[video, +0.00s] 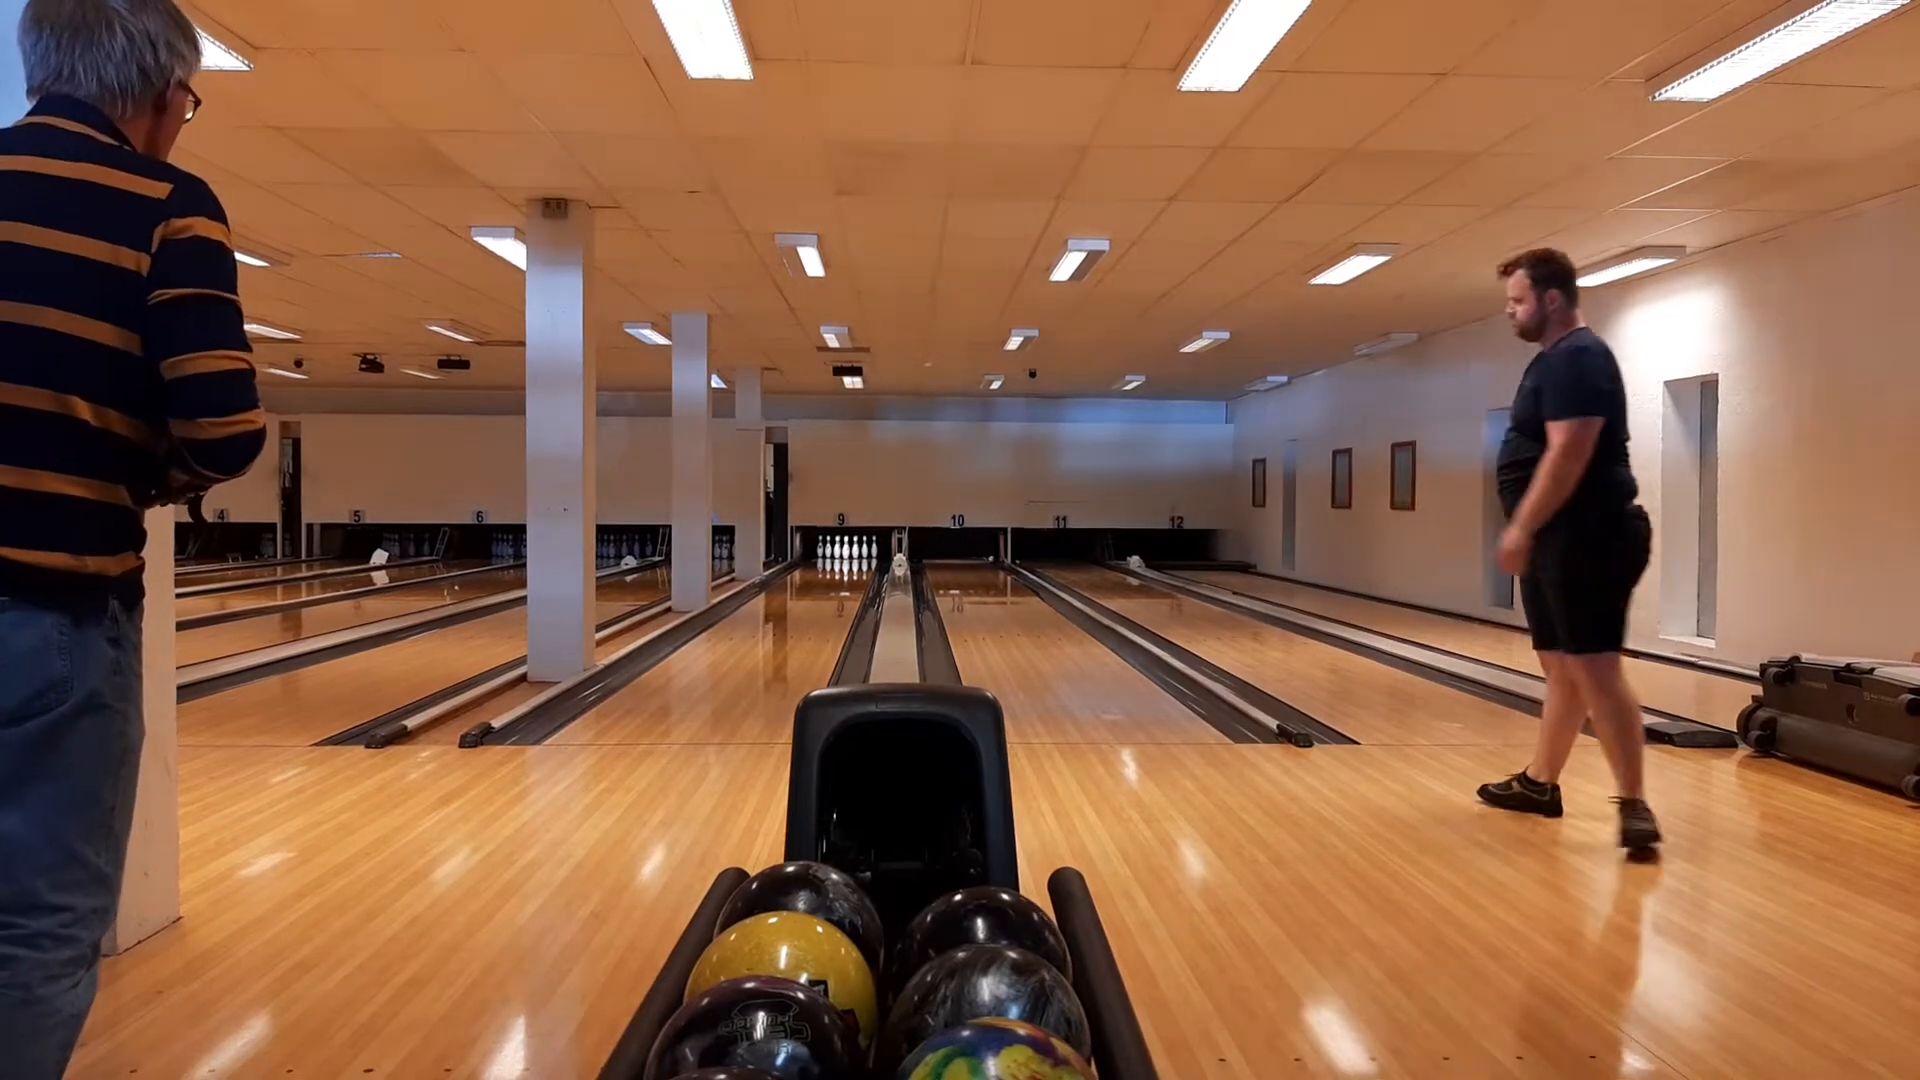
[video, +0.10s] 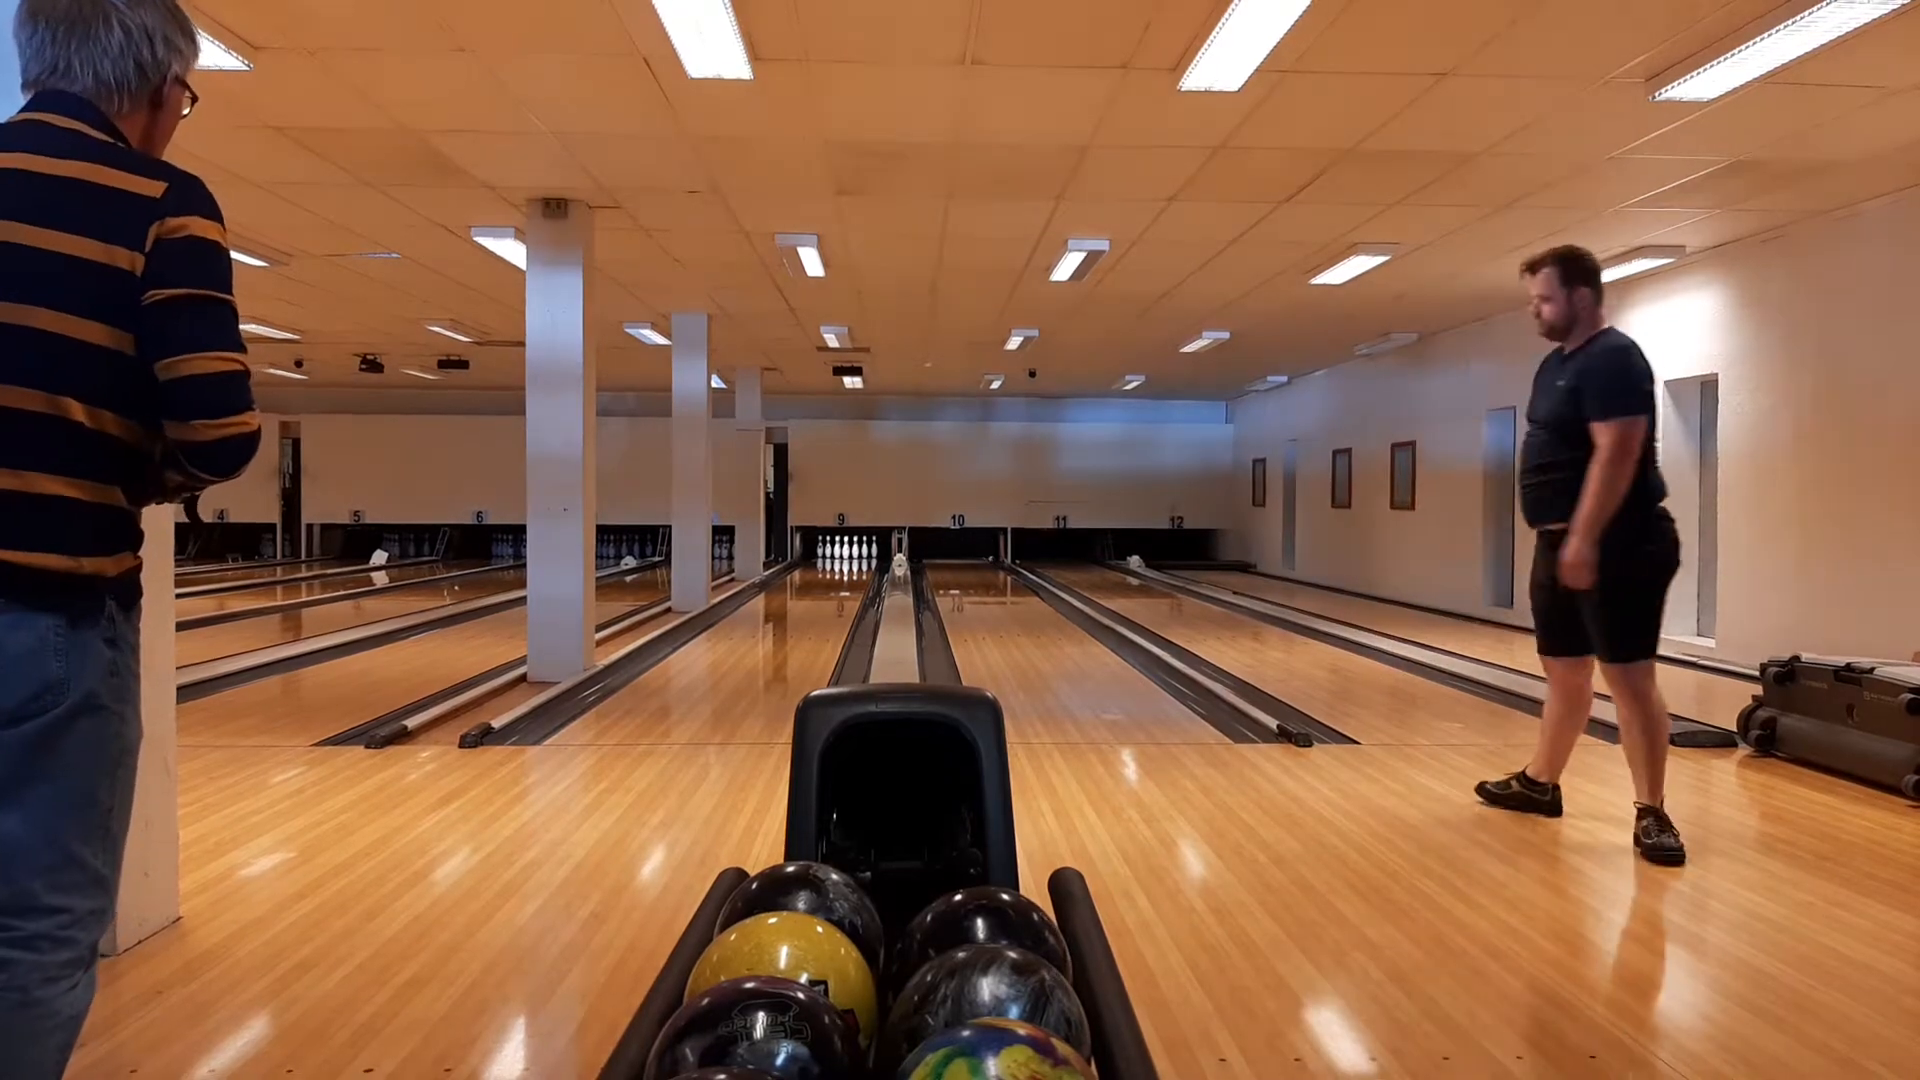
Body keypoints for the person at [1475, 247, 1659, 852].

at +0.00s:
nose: (1509, 312)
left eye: (1515, 301)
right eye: (1508, 302)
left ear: (1551, 299)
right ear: (1548, 301)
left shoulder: (1576, 356)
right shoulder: (1557, 359)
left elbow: (1570, 448)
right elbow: (1565, 449)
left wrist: (1521, 526)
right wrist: (1527, 527)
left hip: (1588, 531)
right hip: (1555, 532)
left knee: (1597, 669)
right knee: (1559, 664)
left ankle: (1634, 806)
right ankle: (1541, 783)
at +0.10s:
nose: (1535, 310)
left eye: (1544, 299)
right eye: (1533, 300)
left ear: (1582, 296)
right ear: (1563, 301)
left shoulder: (1613, 357)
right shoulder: (1554, 364)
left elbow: (1619, 452)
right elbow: (1555, 453)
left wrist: (1583, 537)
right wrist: (1549, 533)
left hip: (1621, 538)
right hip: (1561, 538)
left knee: (1632, 681)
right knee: (1565, 674)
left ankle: (1651, 812)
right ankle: (1541, 782)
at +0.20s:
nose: (1563, 303)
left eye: (1574, 292)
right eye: (1561, 293)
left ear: (1615, 292)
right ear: (1568, 295)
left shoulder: (1651, 355)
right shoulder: (1563, 363)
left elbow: (1670, 450)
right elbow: (1566, 453)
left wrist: (1646, 536)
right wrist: (1561, 534)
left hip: (1644, 541)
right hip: (1573, 541)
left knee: (1648, 679)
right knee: (1558, 666)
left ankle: (1653, 813)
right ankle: (1541, 783)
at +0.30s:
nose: (1593, 293)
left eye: (1606, 283)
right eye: (1590, 283)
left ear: (1645, 283)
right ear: (1592, 285)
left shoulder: (1686, 352)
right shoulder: (1576, 357)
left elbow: (1720, 440)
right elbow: (1563, 446)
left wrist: (1706, 523)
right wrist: (1559, 525)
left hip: (1664, 541)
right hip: (1583, 538)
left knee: (1659, 677)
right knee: (1554, 659)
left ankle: (1654, 812)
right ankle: (1544, 783)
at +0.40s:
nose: (1622, 288)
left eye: (1636, 277)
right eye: (1616, 277)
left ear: (1673, 279)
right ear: (1611, 280)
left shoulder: (1715, 349)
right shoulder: (1588, 350)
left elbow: (1769, 430)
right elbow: (1560, 440)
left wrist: (1744, 512)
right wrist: (1544, 516)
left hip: (1684, 544)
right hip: (1594, 538)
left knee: (1665, 678)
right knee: (1565, 664)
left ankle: (1655, 813)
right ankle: (1556, 793)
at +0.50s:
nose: (1646, 284)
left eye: (1662, 273)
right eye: (1638, 272)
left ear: (1692, 277)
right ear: (1627, 275)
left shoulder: (1734, 349)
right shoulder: (1593, 350)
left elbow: (1802, 426)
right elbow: (1559, 433)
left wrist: (1756, 503)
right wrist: (1539, 505)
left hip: (1693, 548)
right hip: (1603, 540)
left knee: (1668, 682)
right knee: (1590, 675)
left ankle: (1654, 814)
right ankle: (1577, 809)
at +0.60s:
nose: (1673, 278)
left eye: (1689, 268)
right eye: (1663, 266)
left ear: (1716, 273)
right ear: (1648, 270)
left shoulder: (1757, 350)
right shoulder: (1607, 347)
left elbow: (1822, 428)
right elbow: (1563, 433)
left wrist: (1771, 506)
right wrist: (1555, 502)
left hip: (1713, 541)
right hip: (1623, 537)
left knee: (1681, 678)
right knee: (1630, 677)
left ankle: (1658, 812)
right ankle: (1627, 821)